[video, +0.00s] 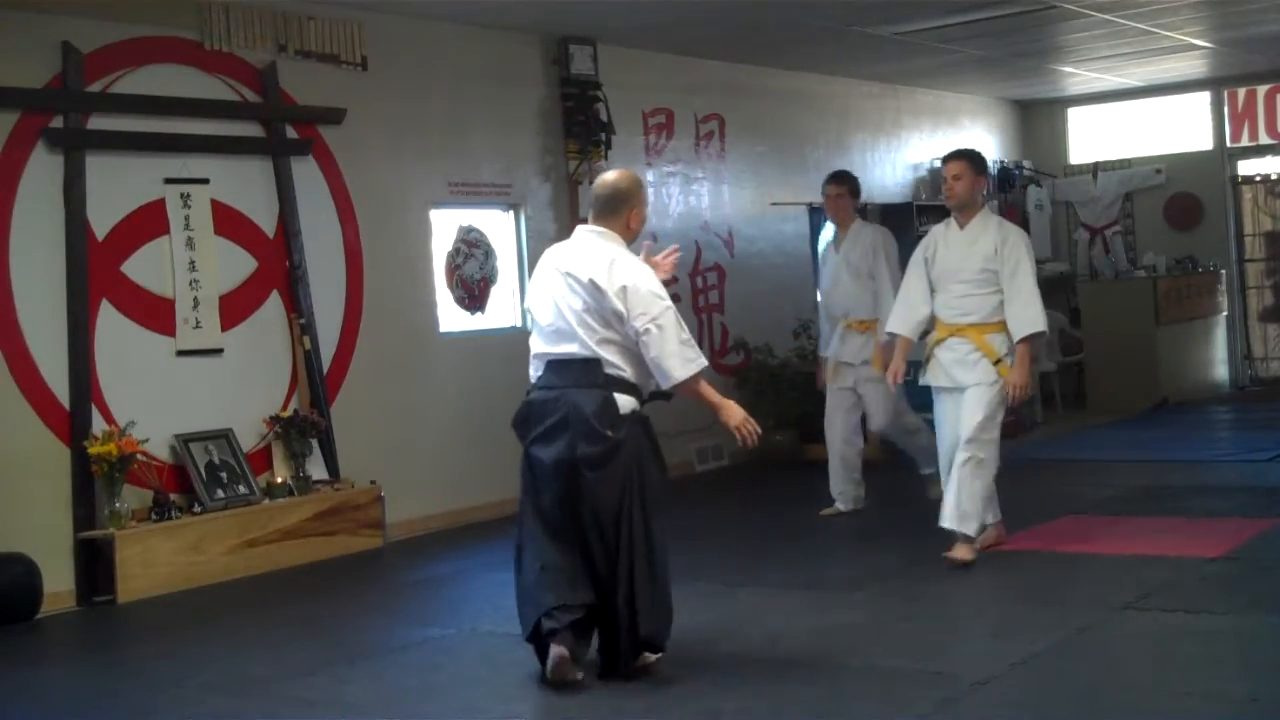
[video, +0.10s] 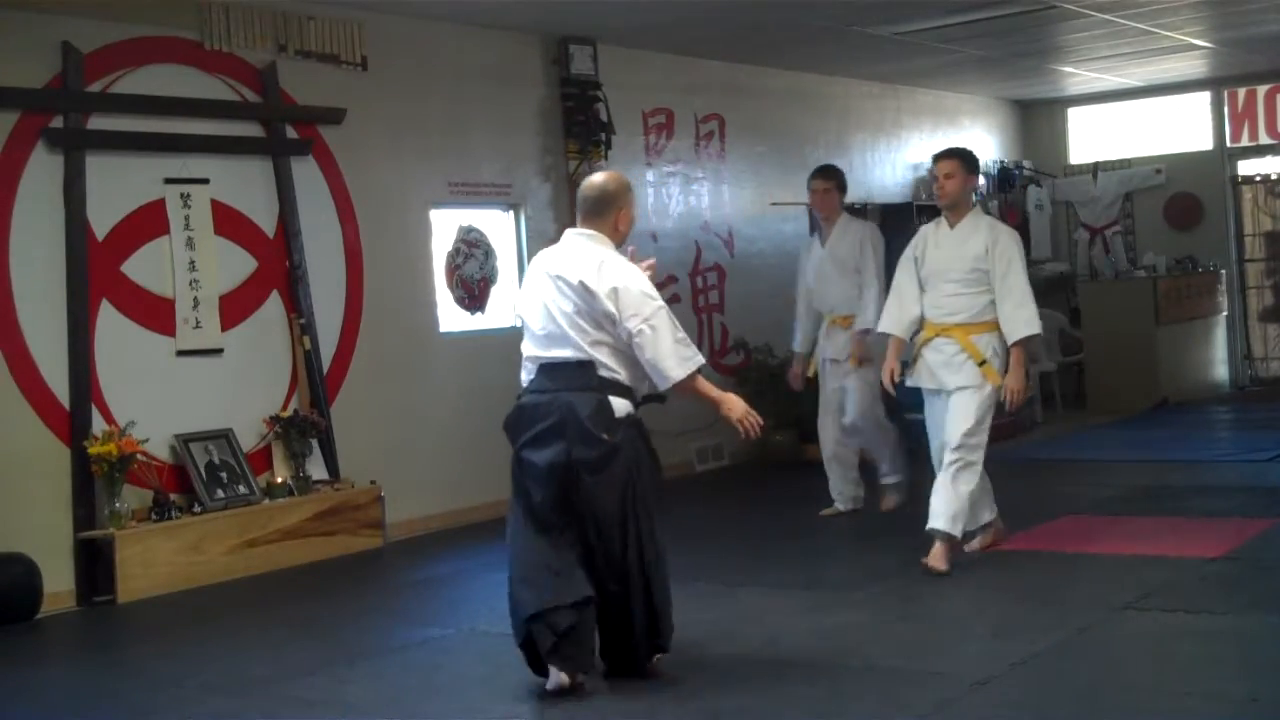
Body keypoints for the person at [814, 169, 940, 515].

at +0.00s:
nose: (831, 203)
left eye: (838, 197)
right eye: (827, 197)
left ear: (854, 200)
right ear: (822, 202)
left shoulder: (877, 237)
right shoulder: (828, 246)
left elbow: (889, 291)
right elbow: (827, 305)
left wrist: (886, 341)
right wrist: (825, 355)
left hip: (872, 341)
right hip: (839, 344)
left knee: (886, 418)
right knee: (839, 428)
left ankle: (932, 461)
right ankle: (847, 498)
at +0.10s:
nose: (819, 199)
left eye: (827, 191)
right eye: (814, 192)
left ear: (842, 195)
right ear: (808, 198)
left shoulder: (865, 233)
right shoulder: (812, 247)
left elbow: (873, 285)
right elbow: (806, 304)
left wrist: (863, 334)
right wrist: (800, 354)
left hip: (861, 331)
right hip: (828, 334)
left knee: (860, 414)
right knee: (830, 422)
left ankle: (892, 475)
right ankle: (846, 496)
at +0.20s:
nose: (807, 199)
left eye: (815, 192)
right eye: (802, 192)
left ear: (830, 195)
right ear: (796, 197)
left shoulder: (852, 235)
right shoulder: (798, 247)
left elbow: (861, 287)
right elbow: (785, 300)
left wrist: (845, 333)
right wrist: (775, 352)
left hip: (851, 334)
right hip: (817, 336)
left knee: (842, 411)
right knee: (820, 419)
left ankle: (855, 496)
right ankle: (840, 498)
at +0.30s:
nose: (797, 204)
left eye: (805, 196)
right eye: (792, 197)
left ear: (820, 200)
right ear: (786, 202)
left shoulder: (840, 240)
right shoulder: (785, 251)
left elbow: (847, 294)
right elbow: (768, 303)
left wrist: (830, 344)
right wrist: (752, 354)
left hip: (837, 340)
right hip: (803, 341)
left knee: (822, 418)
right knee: (821, 418)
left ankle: (819, 505)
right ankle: (847, 493)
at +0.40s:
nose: (787, 207)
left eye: (795, 200)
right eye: (782, 200)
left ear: (810, 204)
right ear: (776, 206)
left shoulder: (829, 249)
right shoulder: (775, 256)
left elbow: (833, 307)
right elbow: (755, 308)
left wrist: (817, 359)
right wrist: (736, 356)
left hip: (822, 346)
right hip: (790, 347)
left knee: (806, 426)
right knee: (817, 424)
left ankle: (803, 515)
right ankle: (844, 492)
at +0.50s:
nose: (776, 206)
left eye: (785, 199)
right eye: (771, 199)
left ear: (800, 205)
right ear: (765, 204)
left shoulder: (819, 249)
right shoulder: (762, 257)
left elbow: (823, 309)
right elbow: (745, 312)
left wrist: (804, 359)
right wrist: (729, 361)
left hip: (807, 347)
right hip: (776, 348)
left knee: (788, 436)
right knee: (792, 430)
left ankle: (801, 519)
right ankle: (836, 482)